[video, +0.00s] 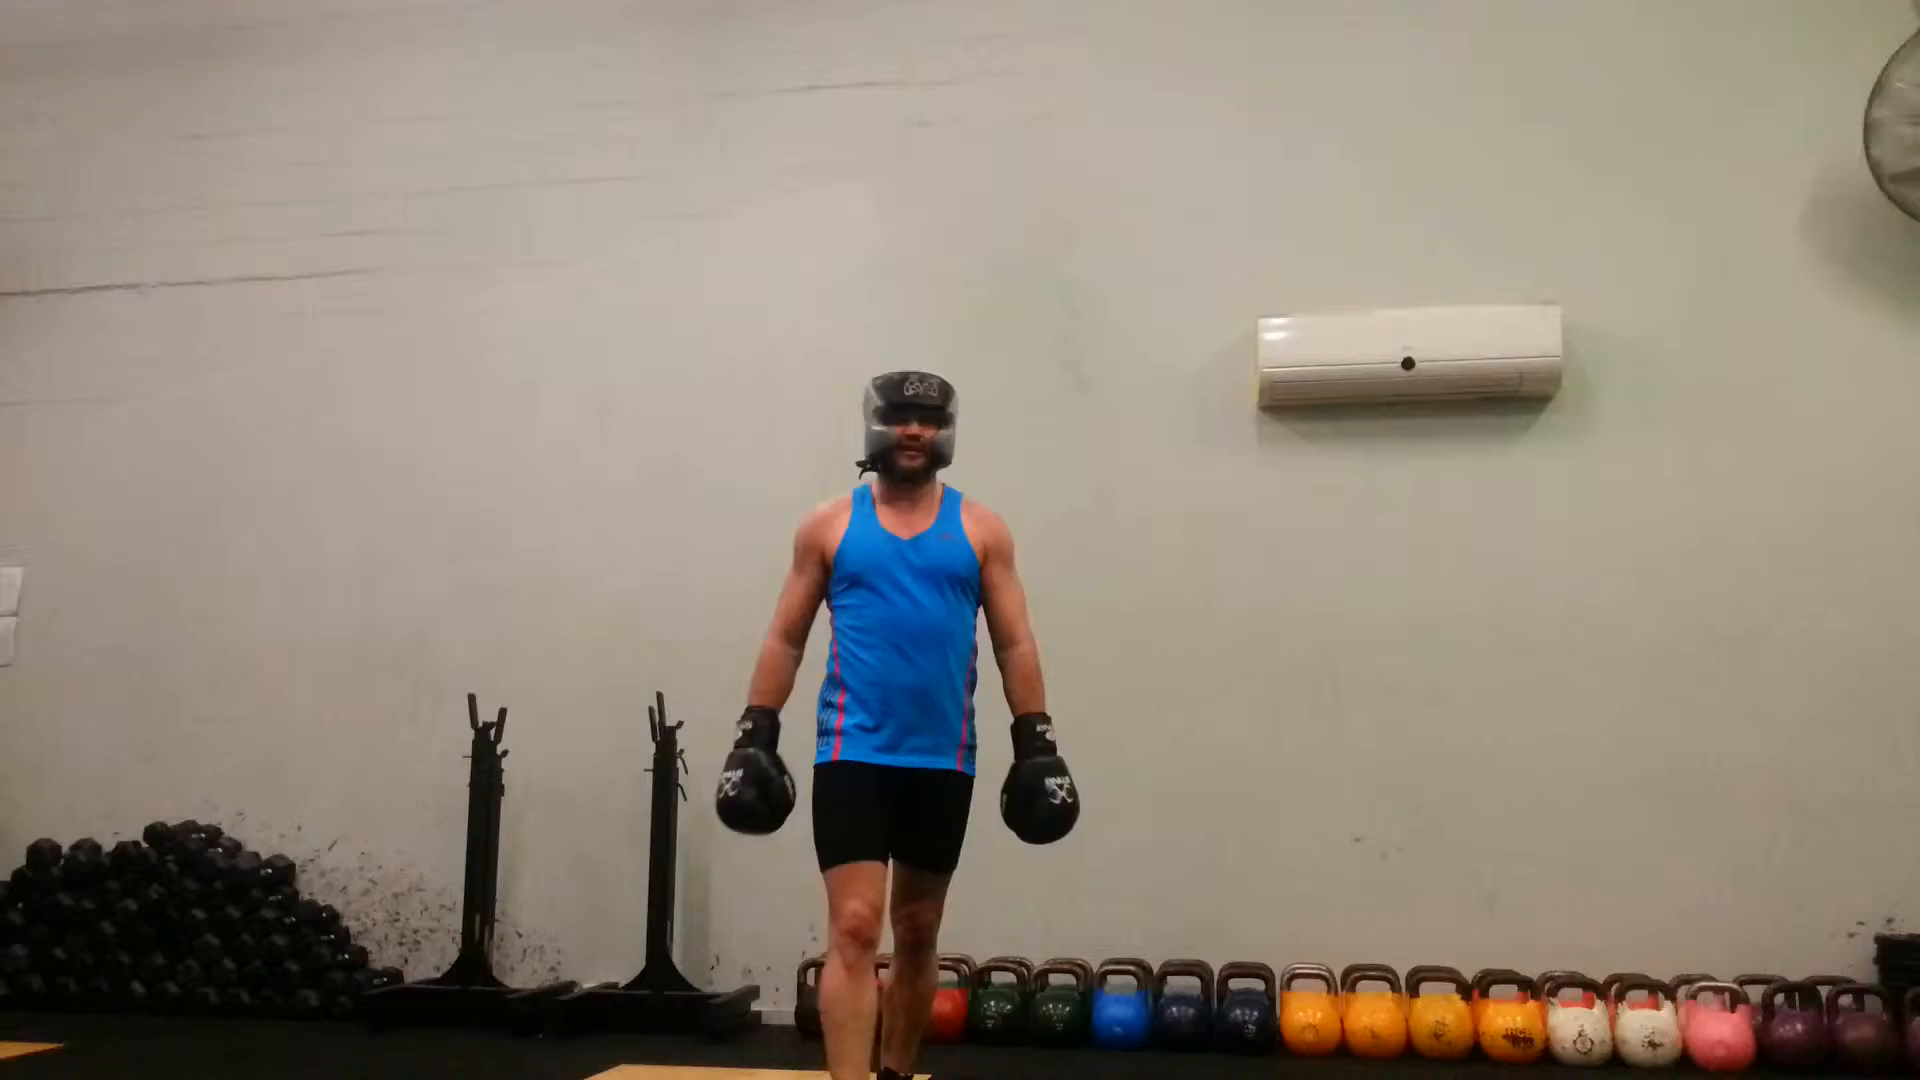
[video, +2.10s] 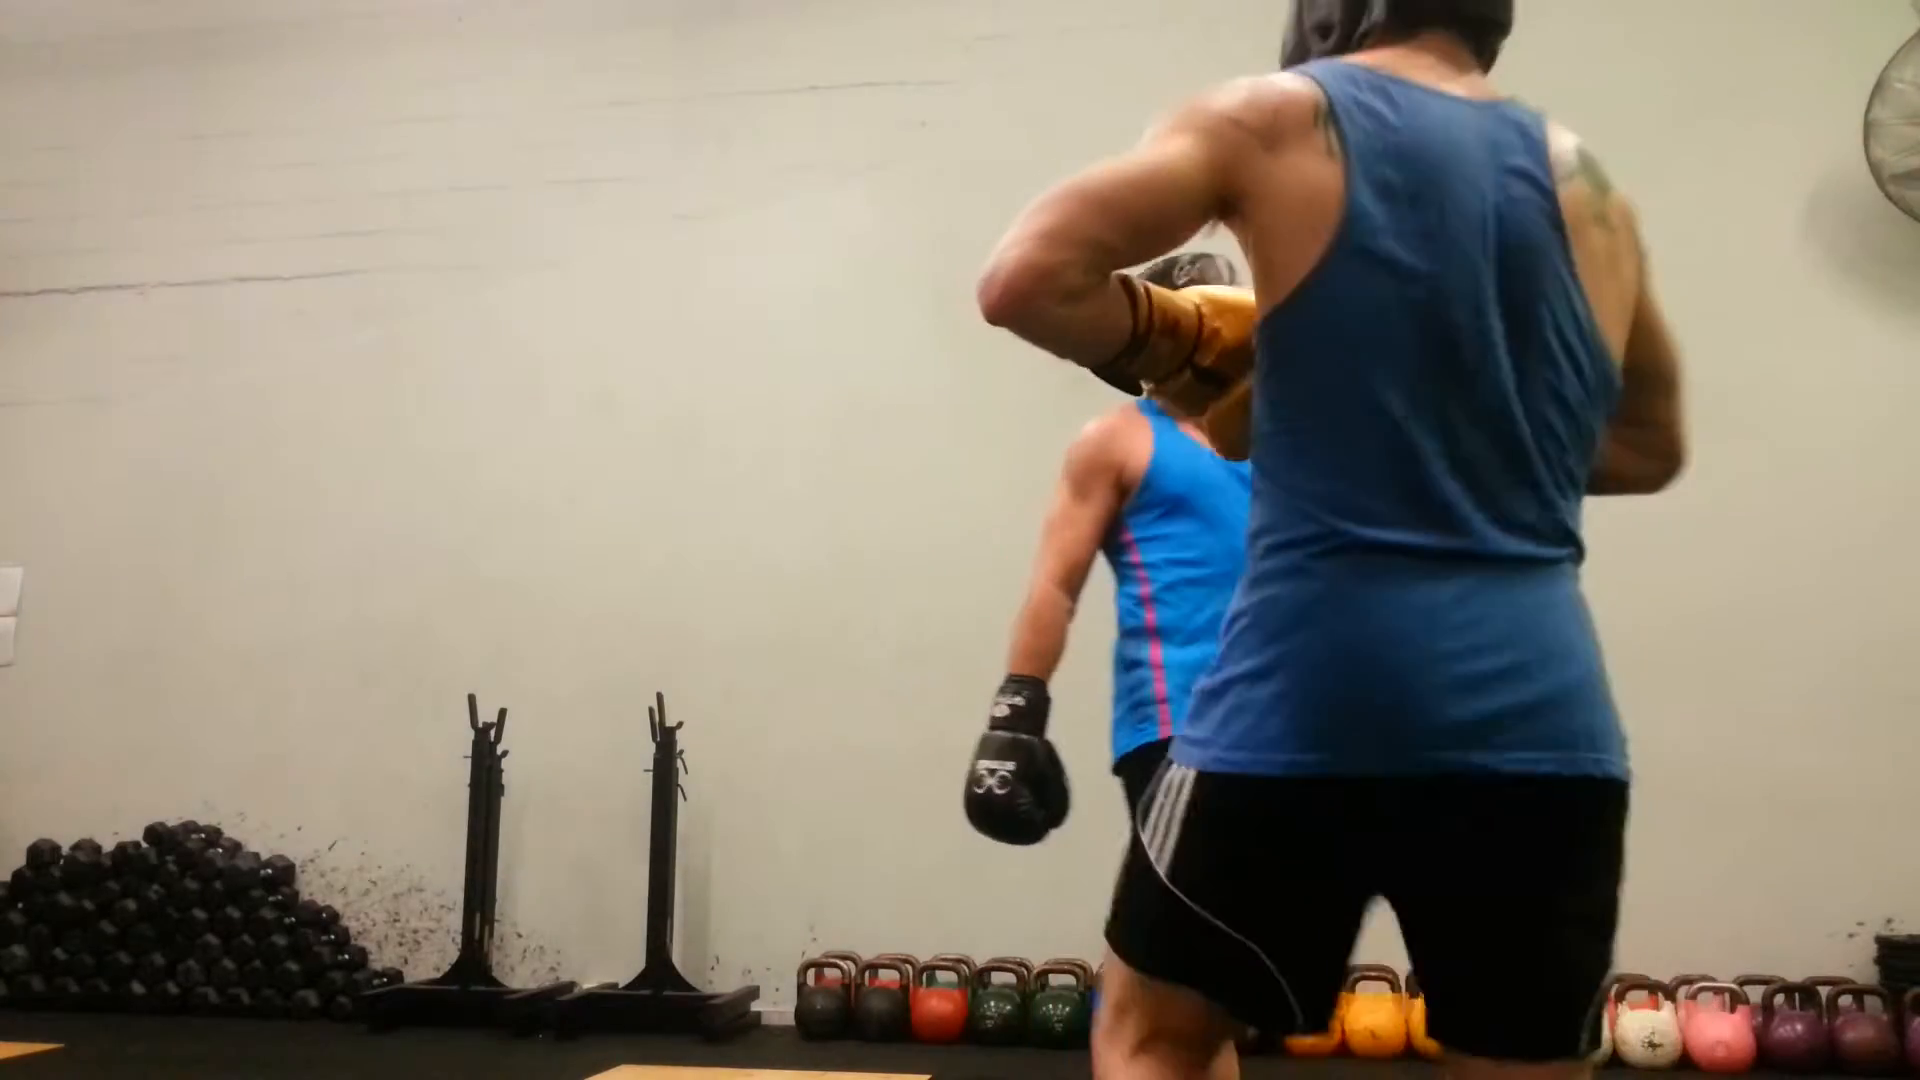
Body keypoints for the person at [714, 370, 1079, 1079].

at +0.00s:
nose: (914, 431)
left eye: (929, 420)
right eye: (900, 419)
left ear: (947, 434)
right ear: (874, 429)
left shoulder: (980, 528)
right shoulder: (828, 526)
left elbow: (1015, 643)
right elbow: (785, 638)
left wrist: (1036, 745)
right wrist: (756, 738)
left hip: (941, 759)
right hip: (852, 755)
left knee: (917, 931)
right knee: (856, 927)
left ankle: (896, 1074)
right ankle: (850, 1079)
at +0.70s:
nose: (911, 389)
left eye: (922, 375)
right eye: (891, 377)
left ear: (938, 387)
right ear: (858, 390)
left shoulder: (969, 486)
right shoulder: (829, 489)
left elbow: (996, 606)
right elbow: (787, 606)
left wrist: (1034, 704)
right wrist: (789, 712)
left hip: (966, 743)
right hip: (869, 750)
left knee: (1011, 931)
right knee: (861, 941)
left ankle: (1011, 1079)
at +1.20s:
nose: (1014, 364)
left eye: (1027, 350)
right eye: (994, 350)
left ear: (1047, 368)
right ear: (961, 365)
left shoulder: (1072, 487)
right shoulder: (921, 474)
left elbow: (1092, 618)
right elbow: (870, 606)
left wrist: (1111, 735)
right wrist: (847, 736)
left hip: (1061, 750)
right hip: (954, 754)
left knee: (1074, 949)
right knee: (924, 951)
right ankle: (879, 1077)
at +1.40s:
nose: (1068, 353)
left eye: (1082, 340)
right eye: (1048, 341)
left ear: (1104, 358)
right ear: (1018, 358)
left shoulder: (1136, 486)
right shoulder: (976, 466)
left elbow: (1171, 622)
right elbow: (910, 592)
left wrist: (1203, 746)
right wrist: (873, 719)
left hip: (1118, 748)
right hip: (1014, 747)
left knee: (1108, 950)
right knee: (1004, 954)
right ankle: (923, 1068)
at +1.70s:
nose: (1143, 367)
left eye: (1156, 348)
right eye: (1125, 345)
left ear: (1174, 357)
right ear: (1095, 357)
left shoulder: (1199, 474)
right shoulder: (1038, 448)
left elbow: (1256, 600)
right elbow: (966, 574)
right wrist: (952, 692)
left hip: (1166, 735)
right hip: (1067, 725)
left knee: (1133, 957)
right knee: (1113, 949)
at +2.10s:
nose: (1239, 357)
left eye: (1243, 336)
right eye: (1220, 335)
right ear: (1184, 349)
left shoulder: (1268, 443)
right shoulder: (1123, 439)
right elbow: (1057, 584)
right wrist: (1017, 719)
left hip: (1274, 730)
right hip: (1174, 735)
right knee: (1203, 1005)